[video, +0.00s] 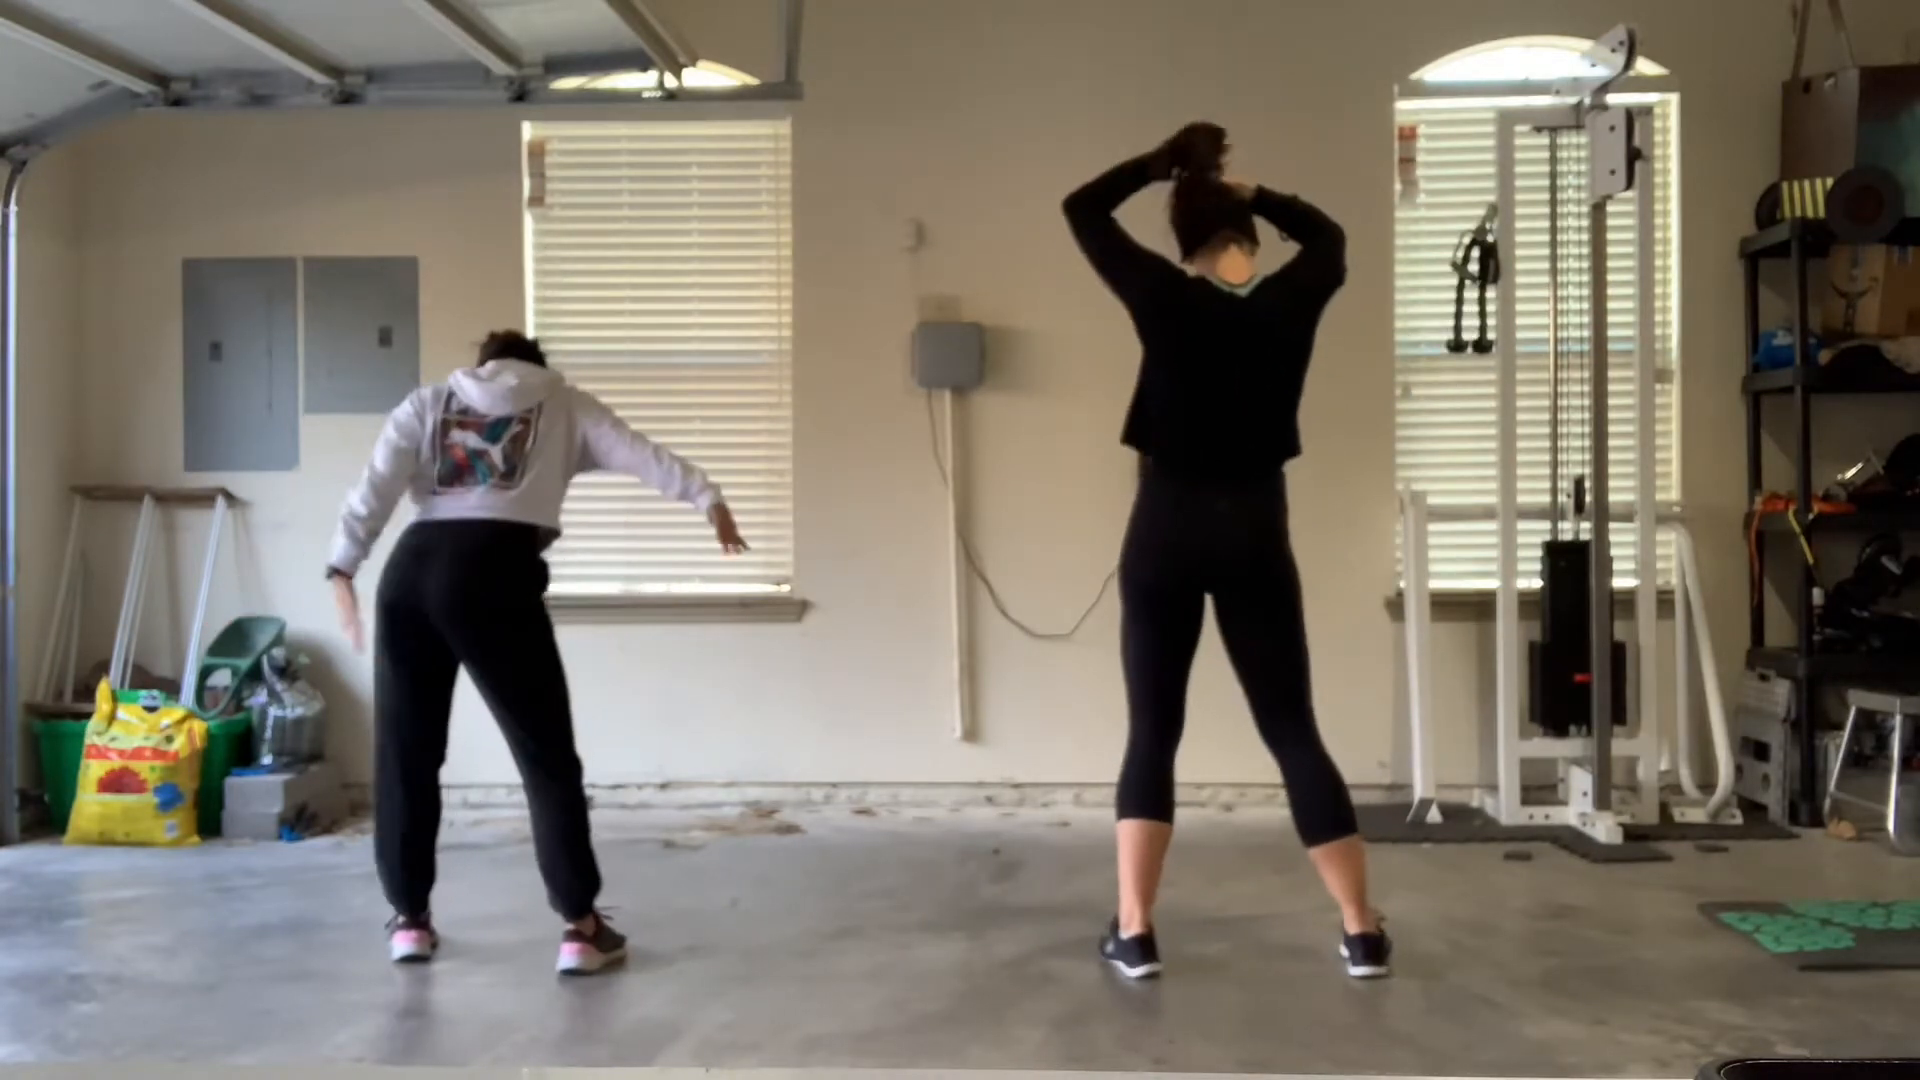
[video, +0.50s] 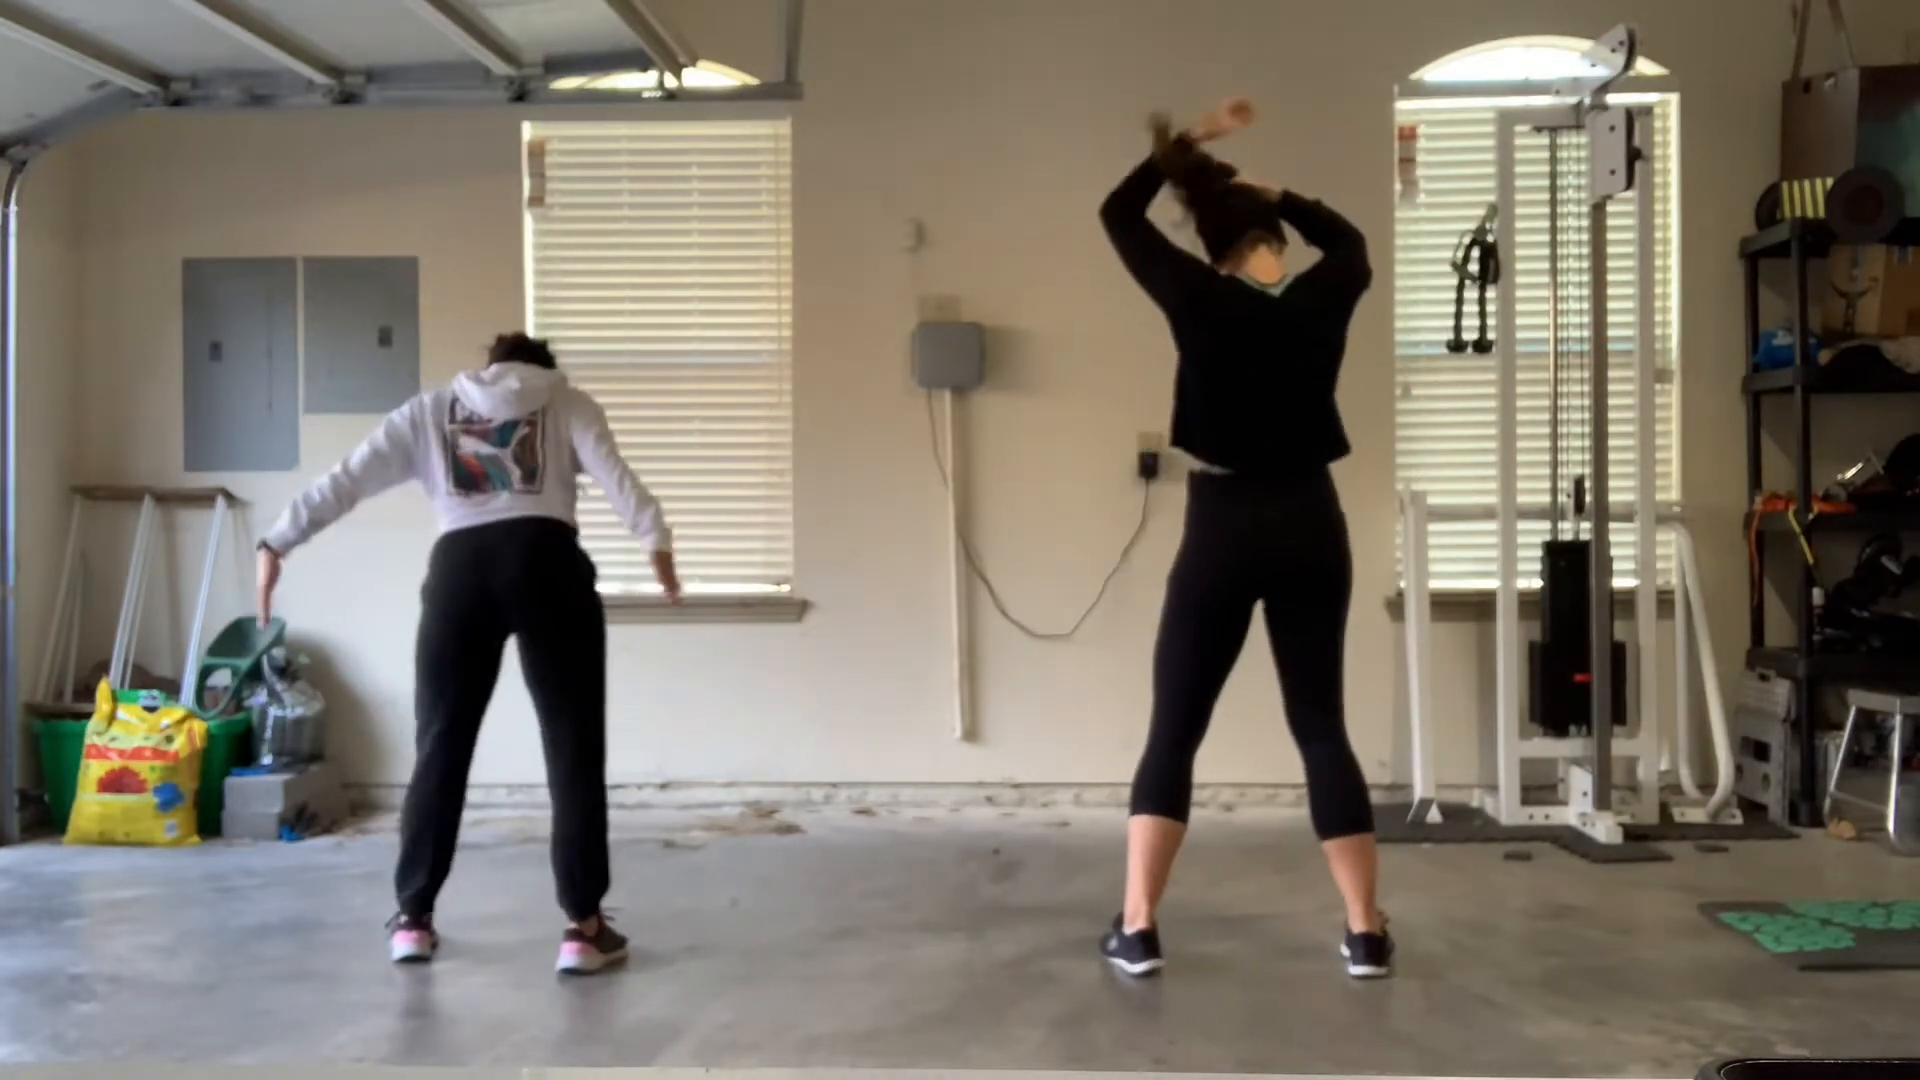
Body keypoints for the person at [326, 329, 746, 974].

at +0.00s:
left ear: (479, 365)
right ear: (541, 368)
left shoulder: (429, 401)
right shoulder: (564, 401)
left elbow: (381, 477)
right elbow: (632, 450)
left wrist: (342, 562)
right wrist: (711, 498)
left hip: (413, 577)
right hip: (498, 577)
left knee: (406, 757)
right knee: (548, 758)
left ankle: (409, 921)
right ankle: (581, 926)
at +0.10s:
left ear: (481, 366)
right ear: (544, 369)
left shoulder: (430, 401)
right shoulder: (566, 403)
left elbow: (384, 480)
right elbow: (636, 453)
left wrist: (357, 577)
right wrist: (713, 502)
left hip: (406, 577)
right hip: (489, 579)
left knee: (405, 761)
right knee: (541, 759)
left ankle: (408, 921)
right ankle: (580, 925)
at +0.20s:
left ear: (486, 365)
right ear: (547, 370)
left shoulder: (433, 400)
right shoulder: (566, 402)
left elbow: (379, 474)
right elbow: (630, 452)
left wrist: (339, 564)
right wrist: (706, 504)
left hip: (407, 579)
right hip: (492, 579)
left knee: (406, 758)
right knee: (544, 757)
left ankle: (409, 921)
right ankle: (581, 926)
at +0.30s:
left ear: (487, 366)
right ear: (549, 370)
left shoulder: (435, 403)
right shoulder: (568, 403)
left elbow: (370, 478)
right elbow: (627, 455)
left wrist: (316, 558)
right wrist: (696, 507)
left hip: (417, 573)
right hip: (503, 574)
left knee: (413, 753)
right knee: (551, 754)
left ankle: (410, 920)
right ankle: (580, 925)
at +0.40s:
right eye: (555, 369)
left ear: (490, 365)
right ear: (549, 368)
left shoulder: (436, 404)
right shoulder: (568, 398)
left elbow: (360, 476)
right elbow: (621, 463)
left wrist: (295, 546)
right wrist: (680, 523)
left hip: (436, 568)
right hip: (526, 567)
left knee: (425, 751)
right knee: (560, 750)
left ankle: (411, 921)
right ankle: (581, 925)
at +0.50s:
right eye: (551, 372)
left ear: (486, 369)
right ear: (546, 370)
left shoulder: (431, 407)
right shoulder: (568, 403)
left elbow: (351, 476)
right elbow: (613, 471)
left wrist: (277, 541)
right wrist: (658, 543)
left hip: (461, 568)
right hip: (551, 564)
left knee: (441, 746)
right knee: (574, 753)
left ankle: (413, 919)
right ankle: (583, 925)